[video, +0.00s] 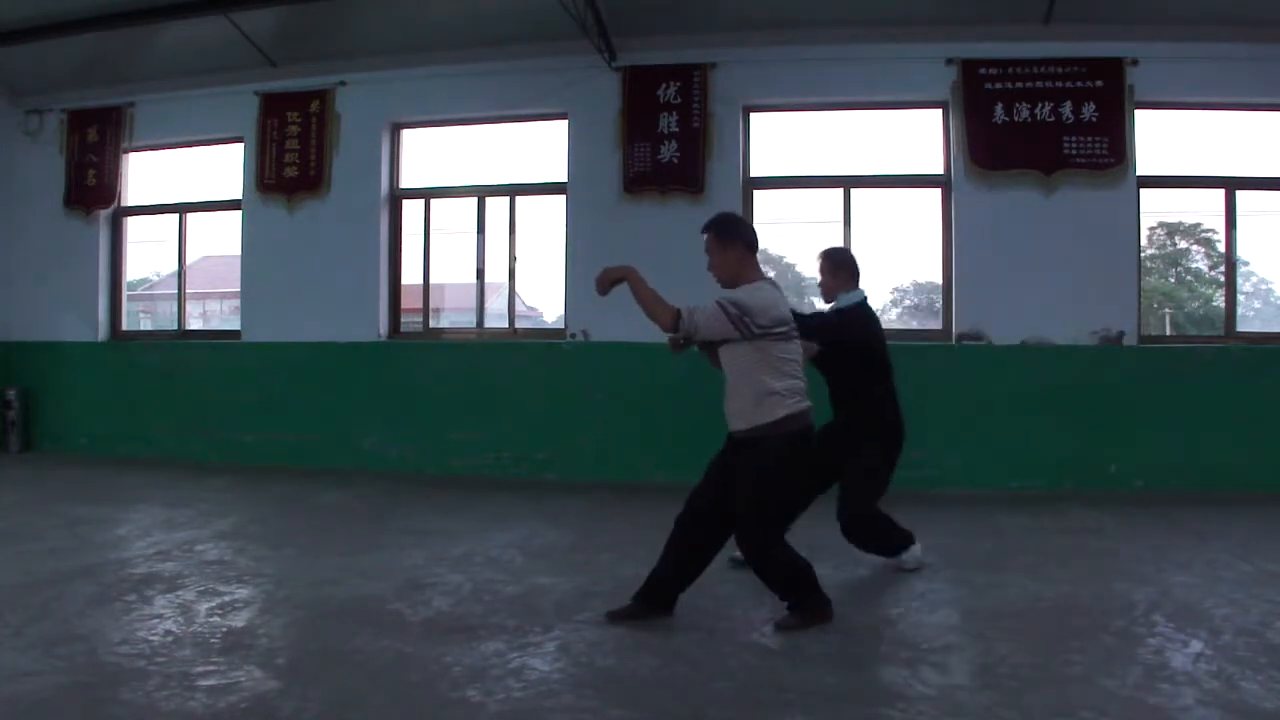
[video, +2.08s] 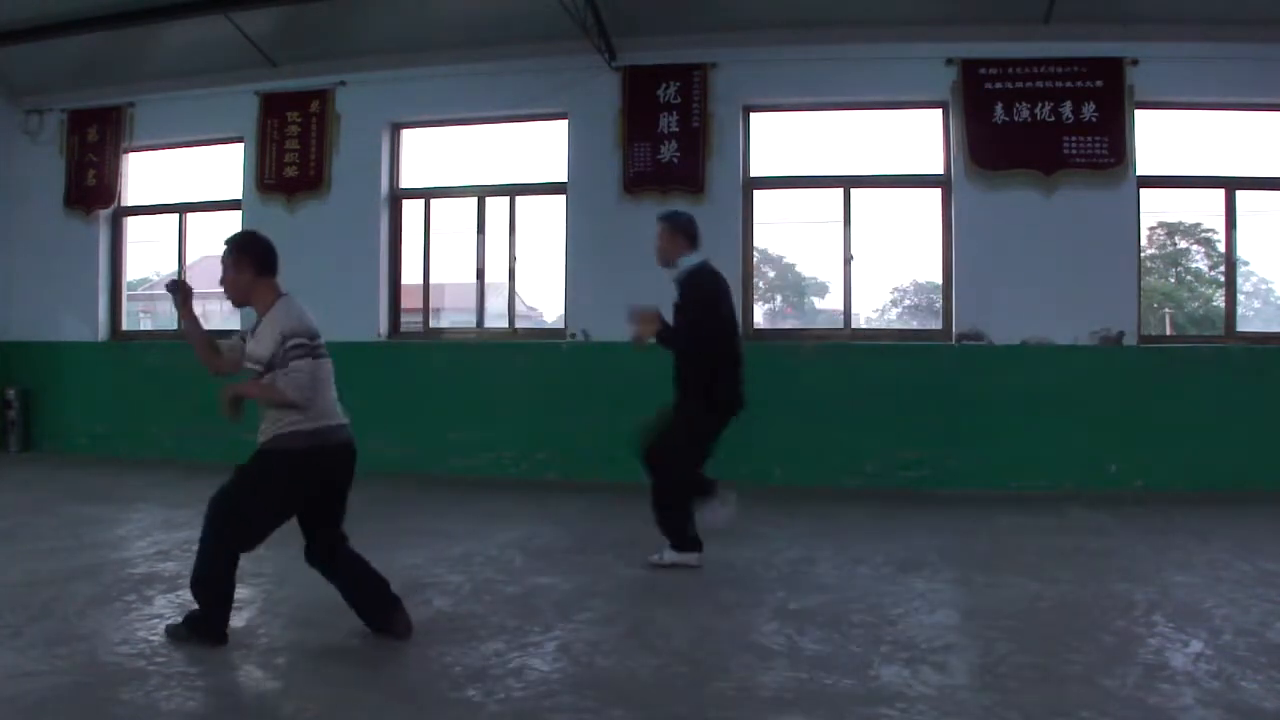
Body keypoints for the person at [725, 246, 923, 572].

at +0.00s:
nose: (819, 283)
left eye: (822, 276)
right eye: (819, 276)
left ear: (838, 276)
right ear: (851, 277)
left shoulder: (849, 320)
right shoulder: (848, 315)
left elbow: (796, 326)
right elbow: (839, 367)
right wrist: (812, 353)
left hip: (874, 432)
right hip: (847, 427)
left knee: (855, 518)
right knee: (788, 484)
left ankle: (905, 547)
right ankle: (759, 546)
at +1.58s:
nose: (809, 264)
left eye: (814, 257)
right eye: (810, 258)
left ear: (832, 260)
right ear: (839, 261)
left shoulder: (840, 305)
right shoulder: (845, 301)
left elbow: (788, 324)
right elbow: (837, 354)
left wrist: (750, 292)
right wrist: (802, 347)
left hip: (849, 416)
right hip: (839, 412)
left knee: (857, 491)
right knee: (779, 469)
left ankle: (908, 548)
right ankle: (757, 544)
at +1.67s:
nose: (798, 269)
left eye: (803, 261)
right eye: (799, 261)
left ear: (819, 263)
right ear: (828, 264)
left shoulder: (830, 308)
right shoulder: (835, 305)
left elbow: (776, 328)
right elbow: (829, 357)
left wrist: (743, 296)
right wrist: (793, 351)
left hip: (839, 417)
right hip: (837, 413)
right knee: (772, 470)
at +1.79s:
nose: (761, 274)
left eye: (765, 267)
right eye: (762, 267)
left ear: (782, 270)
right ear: (790, 269)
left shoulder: (789, 312)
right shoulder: (801, 308)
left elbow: (733, 331)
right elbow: (806, 355)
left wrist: (703, 297)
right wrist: (769, 355)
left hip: (803, 421)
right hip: (818, 419)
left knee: (742, 474)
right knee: (842, 491)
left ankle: (700, 544)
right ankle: (907, 547)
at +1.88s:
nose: (724, 272)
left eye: (730, 266)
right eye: (724, 265)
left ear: (748, 270)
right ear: (750, 270)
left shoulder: (746, 312)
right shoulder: (764, 308)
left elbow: (690, 333)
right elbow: (770, 355)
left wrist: (663, 299)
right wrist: (734, 359)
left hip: (762, 420)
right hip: (782, 417)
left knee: (702, 471)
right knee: (814, 485)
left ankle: (690, 548)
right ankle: (892, 532)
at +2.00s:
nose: (686, 263)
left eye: (690, 255)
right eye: (687, 255)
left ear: (706, 258)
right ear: (714, 259)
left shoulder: (713, 301)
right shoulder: (731, 300)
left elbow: (673, 344)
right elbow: (700, 347)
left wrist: (643, 319)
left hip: (724, 415)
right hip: (746, 414)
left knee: (675, 473)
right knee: (749, 495)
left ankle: (685, 548)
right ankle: (817, 519)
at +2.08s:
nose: (657, 247)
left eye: (661, 239)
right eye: (658, 238)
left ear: (677, 240)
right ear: (684, 241)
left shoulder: (700, 284)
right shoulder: (698, 281)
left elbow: (694, 345)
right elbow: (695, 343)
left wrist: (660, 329)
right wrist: (661, 329)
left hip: (709, 397)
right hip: (707, 394)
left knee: (662, 456)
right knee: (668, 457)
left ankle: (684, 546)